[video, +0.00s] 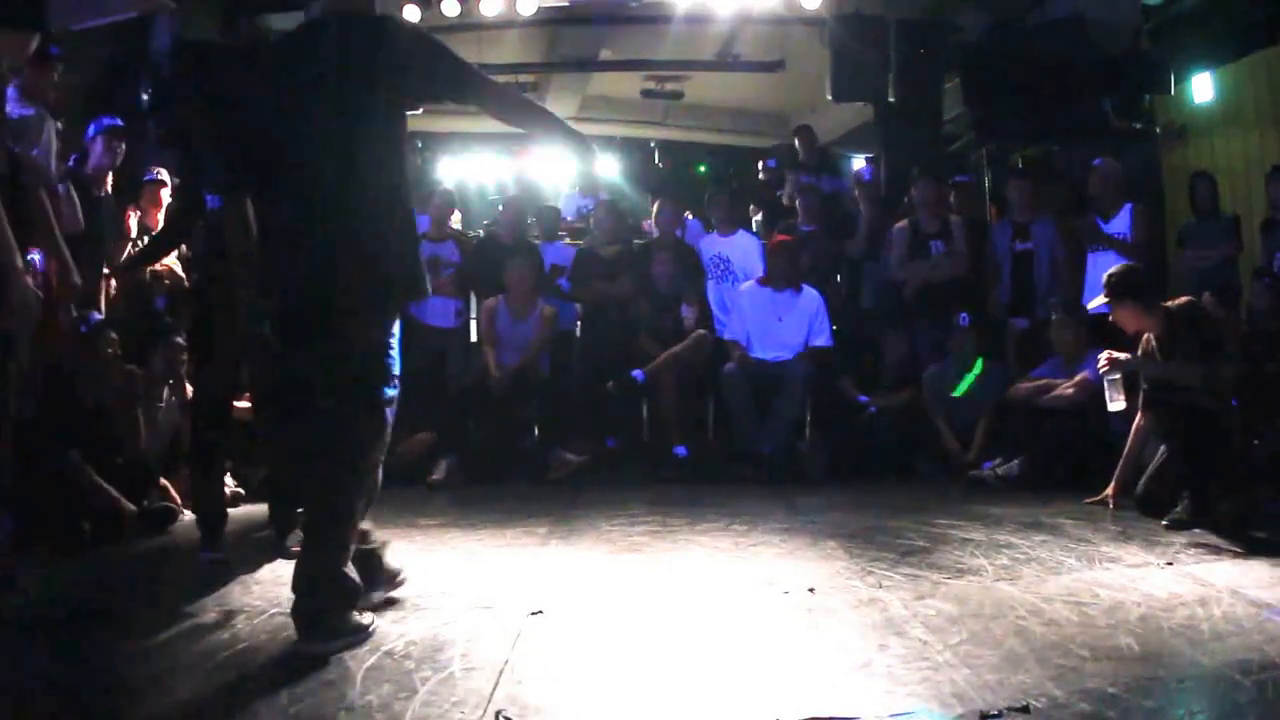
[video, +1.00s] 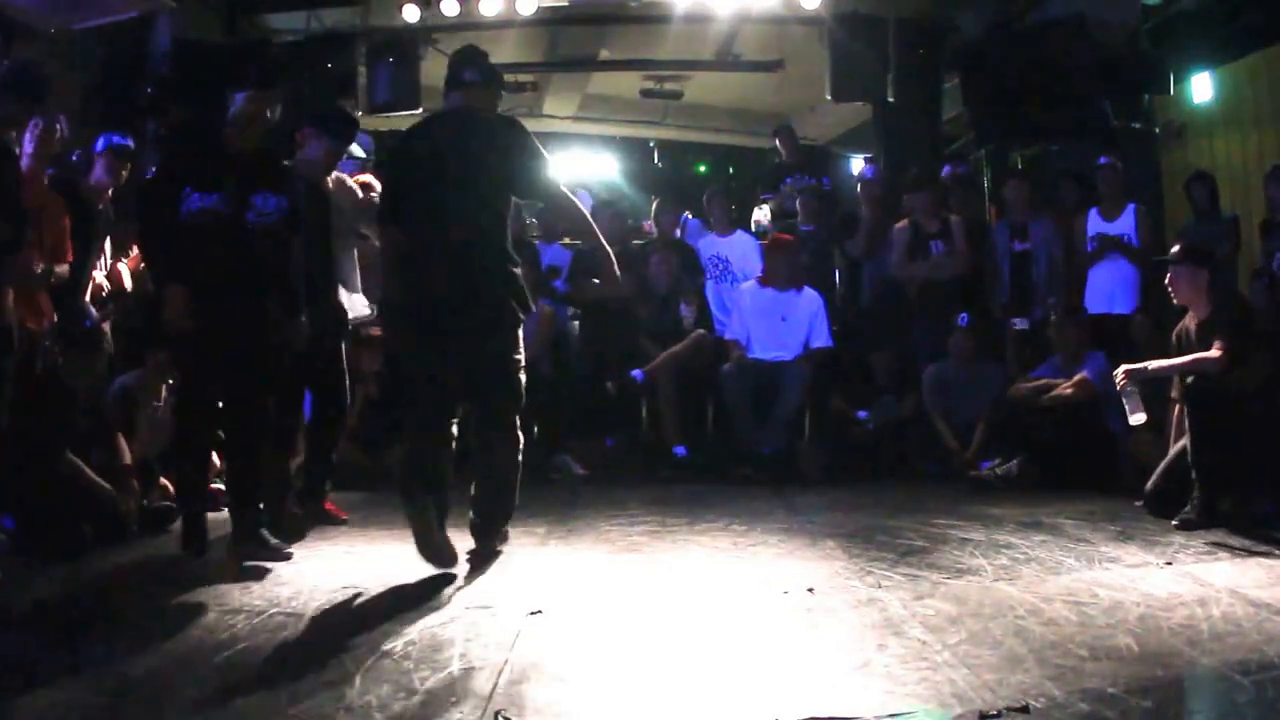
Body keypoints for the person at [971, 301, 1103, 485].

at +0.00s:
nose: (1057, 335)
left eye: (1065, 329)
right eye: (1055, 329)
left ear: (1080, 332)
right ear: (1050, 333)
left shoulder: (1097, 360)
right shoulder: (1057, 363)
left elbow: (1073, 394)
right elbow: (1014, 393)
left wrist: (1032, 401)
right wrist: (1054, 384)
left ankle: (1025, 461)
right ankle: (1006, 457)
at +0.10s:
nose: (1056, 335)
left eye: (1063, 329)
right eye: (1054, 329)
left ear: (1080, 331)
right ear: (1051, 333)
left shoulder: (1098, 360)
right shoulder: (1056, 363)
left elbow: (1073, 393)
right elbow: (1014, 392)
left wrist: (1033, 400)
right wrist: (1056, 384)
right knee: (1000, 409)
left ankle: (1019, 464)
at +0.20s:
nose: (1054, 335)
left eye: (1062, 329)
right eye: (1053, 329)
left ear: (1079, 332)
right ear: (1051, 332)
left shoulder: (1099, 360)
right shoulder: (1056, 363)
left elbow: (1073, 393)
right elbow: (1013, 393)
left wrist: (1034, 400)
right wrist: (1056, 384)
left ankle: (1025, 462)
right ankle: (1004, 459)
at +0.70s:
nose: (1054, 332)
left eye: (1060, 326)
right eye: (1052, 326)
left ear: (1077, 329)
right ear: (1049, 331)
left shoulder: (1096, 360)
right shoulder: (1055, 363)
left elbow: (1072, 393)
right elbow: (1015, 392)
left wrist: (1035, 400)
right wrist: (1057, 384)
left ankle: (1022, 464)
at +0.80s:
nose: (1054, 332)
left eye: (1060, 325)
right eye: (1052, 326)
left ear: (1077, 328)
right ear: (1049, 332)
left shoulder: (1096, 359)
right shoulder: (1056, 362)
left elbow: (1073, 392)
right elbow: (1015, 392)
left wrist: (1035, 401)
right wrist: (1054, 384)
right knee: (1000, 404)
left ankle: (1021, 464)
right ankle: (971, 460)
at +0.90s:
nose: (1054, 333)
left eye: (1060, 327)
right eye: (1052, 327)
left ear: (1077, 330)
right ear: (1049, 332)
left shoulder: (1097, 360)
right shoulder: (1056, 362)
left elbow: (1072, 393)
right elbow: (1014, 392)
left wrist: (1037, 401)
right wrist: (1054, 384)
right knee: (1000, 404)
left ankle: (1021, 464)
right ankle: (972, 460)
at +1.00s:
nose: (1056, 336)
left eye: (1062, 329)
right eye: (1054, 329)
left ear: (1078, 331)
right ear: (1051, 333)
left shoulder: (1095, 360)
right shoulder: (1057, 362)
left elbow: (1075, 392)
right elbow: (1014, 392)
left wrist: (1040, 401)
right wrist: (1053, 383)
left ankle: (1022, 464)